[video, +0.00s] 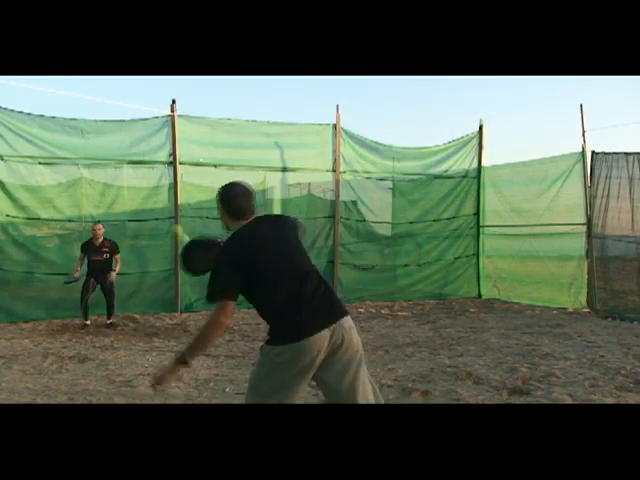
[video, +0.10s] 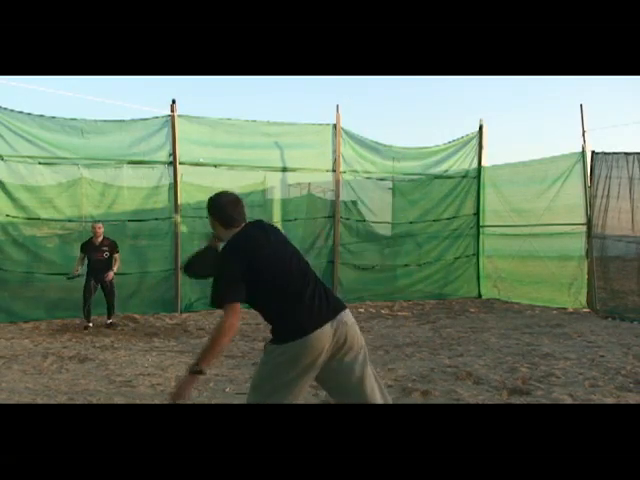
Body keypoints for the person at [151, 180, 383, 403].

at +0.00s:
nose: (220, 215)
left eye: (220, 210)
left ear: (223, 213)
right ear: (253, 205)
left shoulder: (231, 251)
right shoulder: (284, 223)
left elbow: (222, 319)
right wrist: (231, 250)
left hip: (294, 340)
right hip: (340, 323)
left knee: (263, 398)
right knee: (361, 398)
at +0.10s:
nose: (210, 226)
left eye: (210, 221)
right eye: (210, 221)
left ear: (215, 224)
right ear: (244, 214)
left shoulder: (231, 255)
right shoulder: (266, 229)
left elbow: (230, 323)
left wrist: (194, 374)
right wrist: (221, 251)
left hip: (299, 339)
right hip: (341, 321)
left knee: (263, 399)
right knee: (371, 398)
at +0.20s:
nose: (212, 233)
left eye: (210, 227)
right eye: (210, 227)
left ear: (213, 228)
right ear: (242, 218)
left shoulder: (234, 254)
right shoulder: (263, 232)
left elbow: (244, 321)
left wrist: (215, 374)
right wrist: (216, 271)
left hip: (305, 340)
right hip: (344, 320)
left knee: (265, 399)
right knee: (377, 397)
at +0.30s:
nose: (218, 226)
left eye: (218, 221)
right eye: (218, 220)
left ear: (223, 224)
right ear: (249, 214)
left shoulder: (241, 254)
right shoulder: (271, 231)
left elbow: (256, 316)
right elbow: (272, 281)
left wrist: (231, 373)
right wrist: (227, 299)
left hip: (310, 341)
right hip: (347, 321)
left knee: (268, 400)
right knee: (380, 397)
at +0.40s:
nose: (236, 219)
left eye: (235, 214)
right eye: (236, 213)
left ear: (240, 218)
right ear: (267, 210)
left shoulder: (255, 248)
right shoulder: (289, 229)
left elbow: (272, 312)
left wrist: (247, 365)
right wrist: (260, 325)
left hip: (318, 341)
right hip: (356, 323)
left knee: (271, 400)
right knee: (384, 398)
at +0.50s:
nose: (264, 216)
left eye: (266, 210)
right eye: (266, 209)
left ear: (270, 215)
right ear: (294, 210)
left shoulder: (277, 247)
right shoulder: (319, 234)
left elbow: (292, 310)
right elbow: (335, 289)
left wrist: (268, 355)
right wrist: (301, 328)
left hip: (329, 349)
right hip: (370, 334)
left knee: (275, 399)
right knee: (389, 399)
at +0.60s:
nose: (298, 216)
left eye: (298, 211)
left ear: (301, 214)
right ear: (328, 211)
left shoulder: (300, 247)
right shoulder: (352, 238)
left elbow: (311, 313)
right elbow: (375, 289)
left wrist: (289, 351)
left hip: (342, 351)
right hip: (384, 340)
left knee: (285, 399)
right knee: (390, 400)